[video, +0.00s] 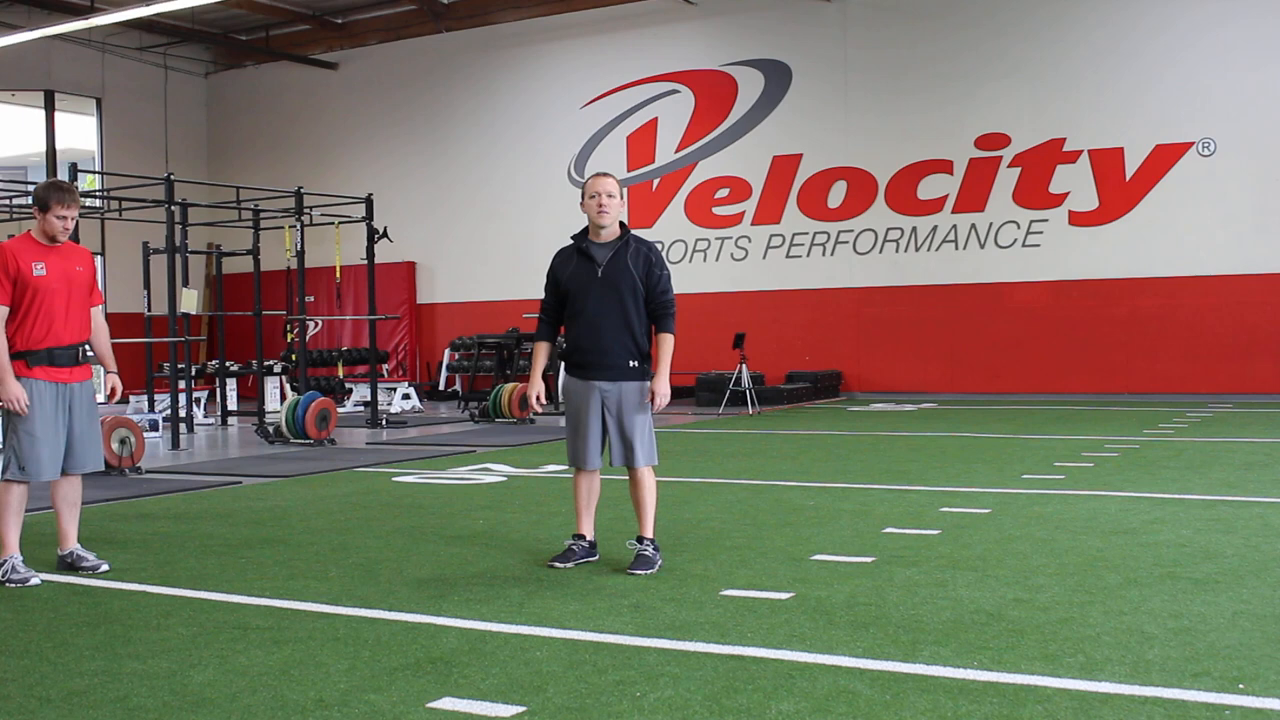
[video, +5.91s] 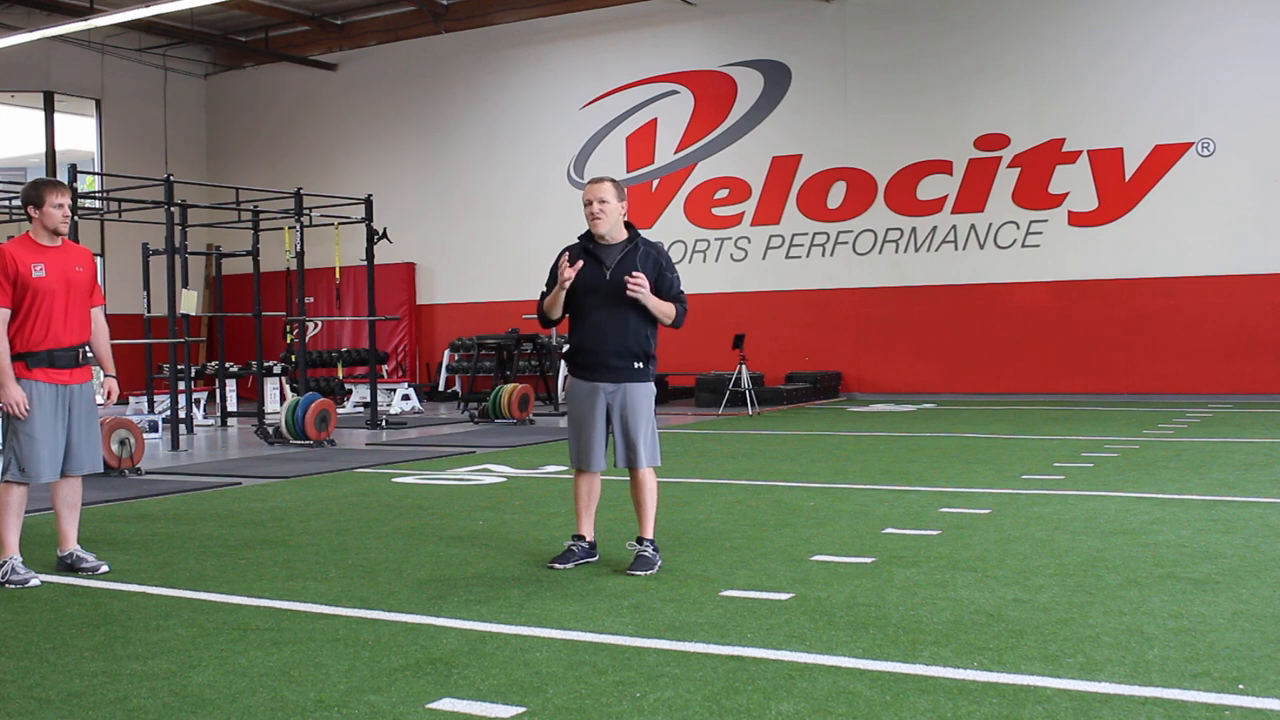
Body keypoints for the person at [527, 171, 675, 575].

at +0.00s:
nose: (602, 202)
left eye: (610, 196)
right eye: (594, 196)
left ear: (622, 205)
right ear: (583, 205)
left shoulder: (646, 255)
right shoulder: (565, 258)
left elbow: (665, 316)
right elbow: (547, 321)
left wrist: (662, 375)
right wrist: (535, 377)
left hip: (631, 381)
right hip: (579, 380)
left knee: (639, 464)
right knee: (584, 463)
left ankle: (646, 543)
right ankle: (584, 541)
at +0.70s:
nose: (602, 201)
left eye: (609, 196)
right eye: (594, 196)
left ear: (622, 204)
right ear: (583, 205)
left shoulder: (646, 255)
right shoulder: (565, 258)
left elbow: (670, 311)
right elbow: (543, 312)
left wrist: (646, 326)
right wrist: (549, 322)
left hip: (629, 379)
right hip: (579, 377)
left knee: (639, 463)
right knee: (584, 463)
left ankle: (647, 544)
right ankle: (584, 542)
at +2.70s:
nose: (589, 203)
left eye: (598, 197)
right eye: (586, 197)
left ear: (621, 207)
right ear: (583, 204)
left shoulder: (647, 257)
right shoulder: (563, 258)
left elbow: (667, 317)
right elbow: (543, 313)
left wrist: (675, 372)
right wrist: (563, 293)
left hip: (631, 379)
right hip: (580, 378)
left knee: (639, 463)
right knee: (584, 463)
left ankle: (646, 544)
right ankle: (583, 542)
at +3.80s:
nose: (594, 203)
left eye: (602, 197)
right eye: (590, 198)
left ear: (624, 204)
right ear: (586, 206)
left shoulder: (650, 257)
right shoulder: (571, 257)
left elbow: (670, 320)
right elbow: (534, 302)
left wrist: (671, 376)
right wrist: (510, 270)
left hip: (630, 379)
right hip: (580, 378)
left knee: (638, 463)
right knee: (584, 464)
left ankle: (646, 544)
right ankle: (583, 542)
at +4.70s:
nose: (594, 204)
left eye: (602, 197)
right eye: (588, 199)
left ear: (622, 204)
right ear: (583, 208)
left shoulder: (649, 255)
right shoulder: (570, 257)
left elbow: (673, 312)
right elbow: (539, 309)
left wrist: (654, 335)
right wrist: (528, 296)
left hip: (632, 379)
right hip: (582, 377)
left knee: (639, 463)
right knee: (585, 462)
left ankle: (646, 544)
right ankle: (583, 542)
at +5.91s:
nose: (593, 209)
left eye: (601, 202)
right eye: (588, 204)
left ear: (622, 206)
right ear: (583, 210)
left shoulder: (652, 255)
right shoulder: (570, 257)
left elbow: (677, 316)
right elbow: (547, 318)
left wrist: (648, 298)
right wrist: (561, 287)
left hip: (634, 379)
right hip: (583, 378)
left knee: (640, 463)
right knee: (585, 463)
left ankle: (647, 544)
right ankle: (584, 542)